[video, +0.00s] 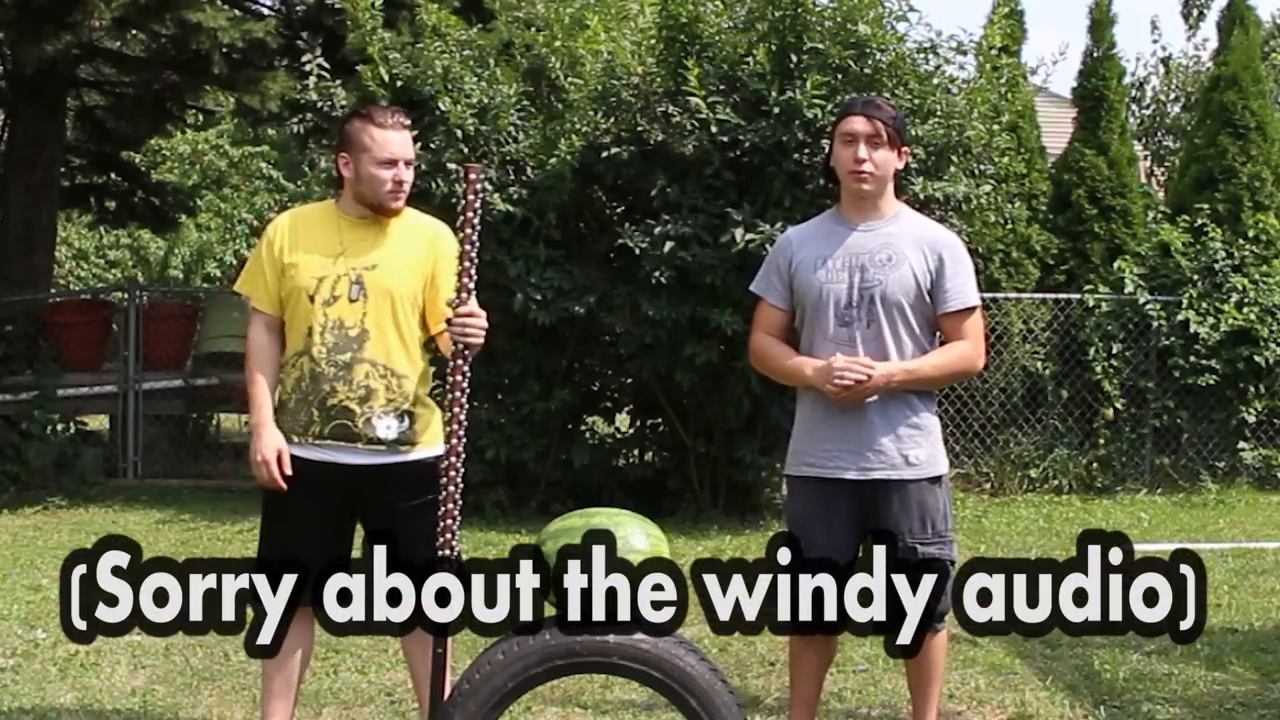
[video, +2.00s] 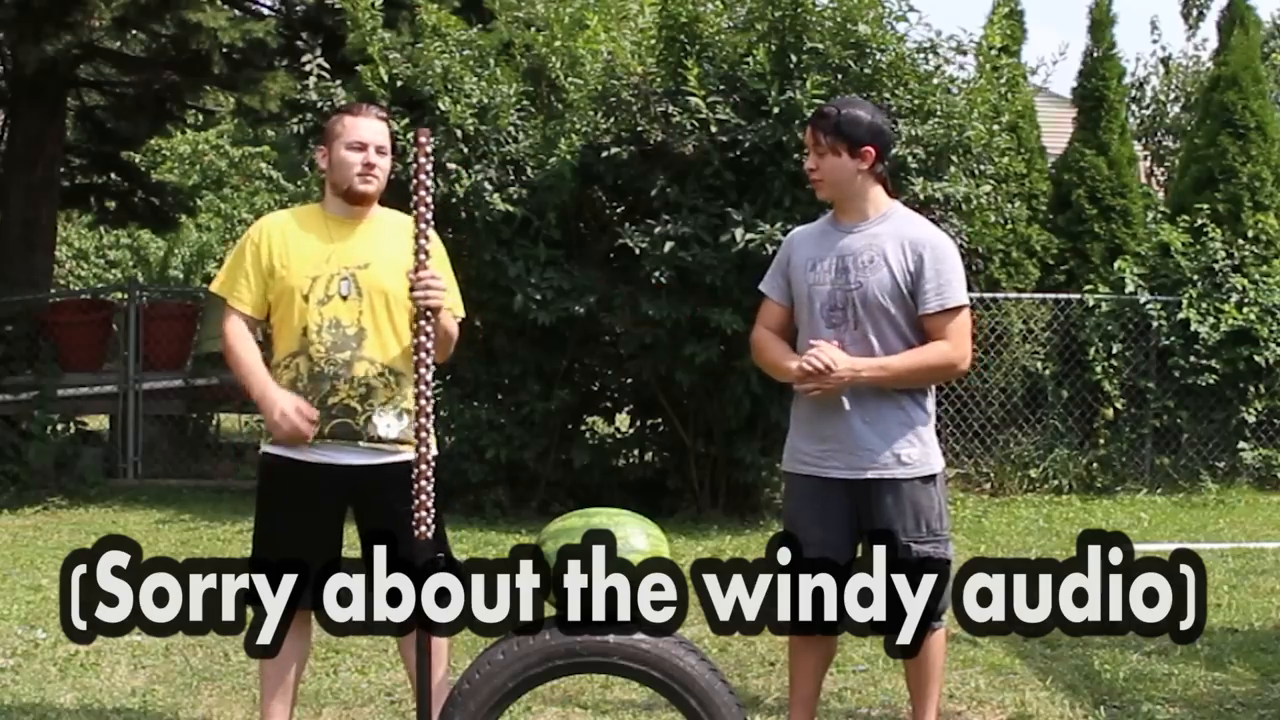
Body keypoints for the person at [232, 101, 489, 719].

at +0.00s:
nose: (401, 175)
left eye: (408, 163)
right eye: (385, 164)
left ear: (416, 165)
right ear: (345, 166)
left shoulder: (434, 239)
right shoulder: (289, 232)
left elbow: (446, 333)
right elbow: (265, 328)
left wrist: (469, 332)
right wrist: (261, 421)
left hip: (409, 463)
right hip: (309, 458)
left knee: (425, 605)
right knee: (290, 602)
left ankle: (438, 715)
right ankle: (274, 717)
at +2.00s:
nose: (371, 160)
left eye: (381, 151)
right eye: (357, 147)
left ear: (392, 163)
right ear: (323, 157)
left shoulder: (416, 239)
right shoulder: (275, 233)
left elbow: (443, 350)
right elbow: (235, 324)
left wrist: (439, 312)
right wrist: (270, 397)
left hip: (398, 459)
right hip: (301, 458)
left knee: (424, 601)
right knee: (285, 603)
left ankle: (436, 716)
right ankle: (275, 716)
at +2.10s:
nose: (368, 159)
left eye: (378, 150)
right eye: (354, 147)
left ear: (389, 162)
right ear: (320, 156)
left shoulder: (415, 237)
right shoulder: (273, 234)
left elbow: (443, 347)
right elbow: (236, 330)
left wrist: (428, 304)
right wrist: (294, 365)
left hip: (398, 456)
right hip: (300, 455)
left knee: (428, 602)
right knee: (285, 603)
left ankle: (432, 718)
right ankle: (275, 716)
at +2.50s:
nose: (362, 158)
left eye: (372, 148)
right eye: (348, 147)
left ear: (383, 161)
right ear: (316, 158)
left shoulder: (413, 234)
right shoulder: (276, 234)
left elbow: (450, 334)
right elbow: (266, 332)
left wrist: (434, 290)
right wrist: (353, 329)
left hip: (407, 449)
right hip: (307, 450)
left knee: (426, 599)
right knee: (290, 599)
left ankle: (437, 716)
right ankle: (276, 716)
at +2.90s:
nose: (387, 173)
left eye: (396, 160)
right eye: (374, 159)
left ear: (405, 166)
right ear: (339, 162)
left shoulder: (417, 246)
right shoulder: (289, 215)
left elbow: (437, 337)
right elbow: (283, 247)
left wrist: (454, 397)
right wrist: (346, 152)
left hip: (404, 448)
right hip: (307, 447)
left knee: (427, 594)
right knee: (292, 596)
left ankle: (438, 714)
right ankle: (273, 715)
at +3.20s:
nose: (394, 166)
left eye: (407, 158)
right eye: (382, 151)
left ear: (418, 173)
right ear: (351, 157)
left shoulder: (432, 250)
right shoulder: (299, 223)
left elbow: (438, 348)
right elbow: (275, 318)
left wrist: (414, 426)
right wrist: (350, 272)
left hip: (409, 453)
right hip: (311, 451)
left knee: (429, 603)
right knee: (289, 600)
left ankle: (437, 715)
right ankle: (273, 716)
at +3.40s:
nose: (397, 159)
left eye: (408, 151)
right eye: (385, 147)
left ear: (421, 167)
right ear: (353, 157)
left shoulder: (435, 246)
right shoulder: (305, 215)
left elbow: (445, 341)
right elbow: (294, 284)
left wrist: (420, 402)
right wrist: (365, 214)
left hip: (408, 454)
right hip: (310, 449)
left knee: (429, 604)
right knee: (288, 601)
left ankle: (437, 716)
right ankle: (272, 715)